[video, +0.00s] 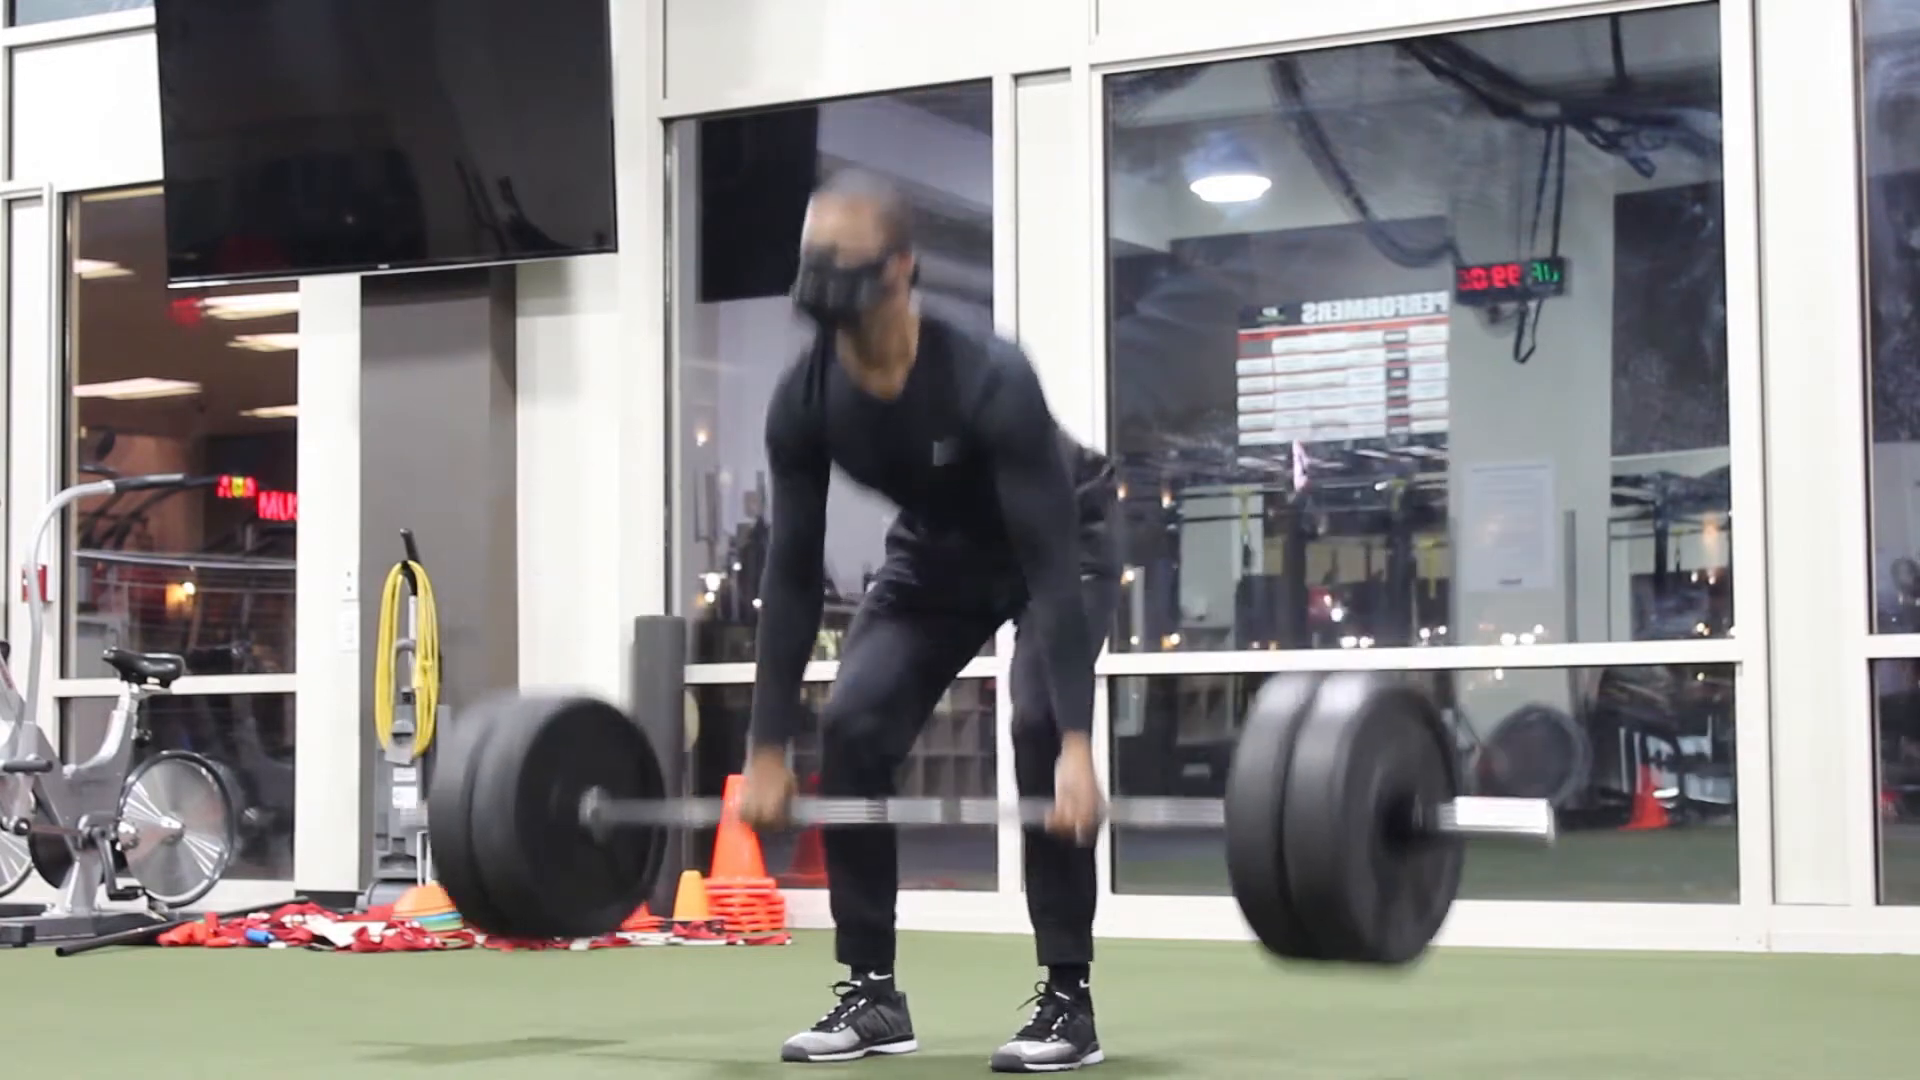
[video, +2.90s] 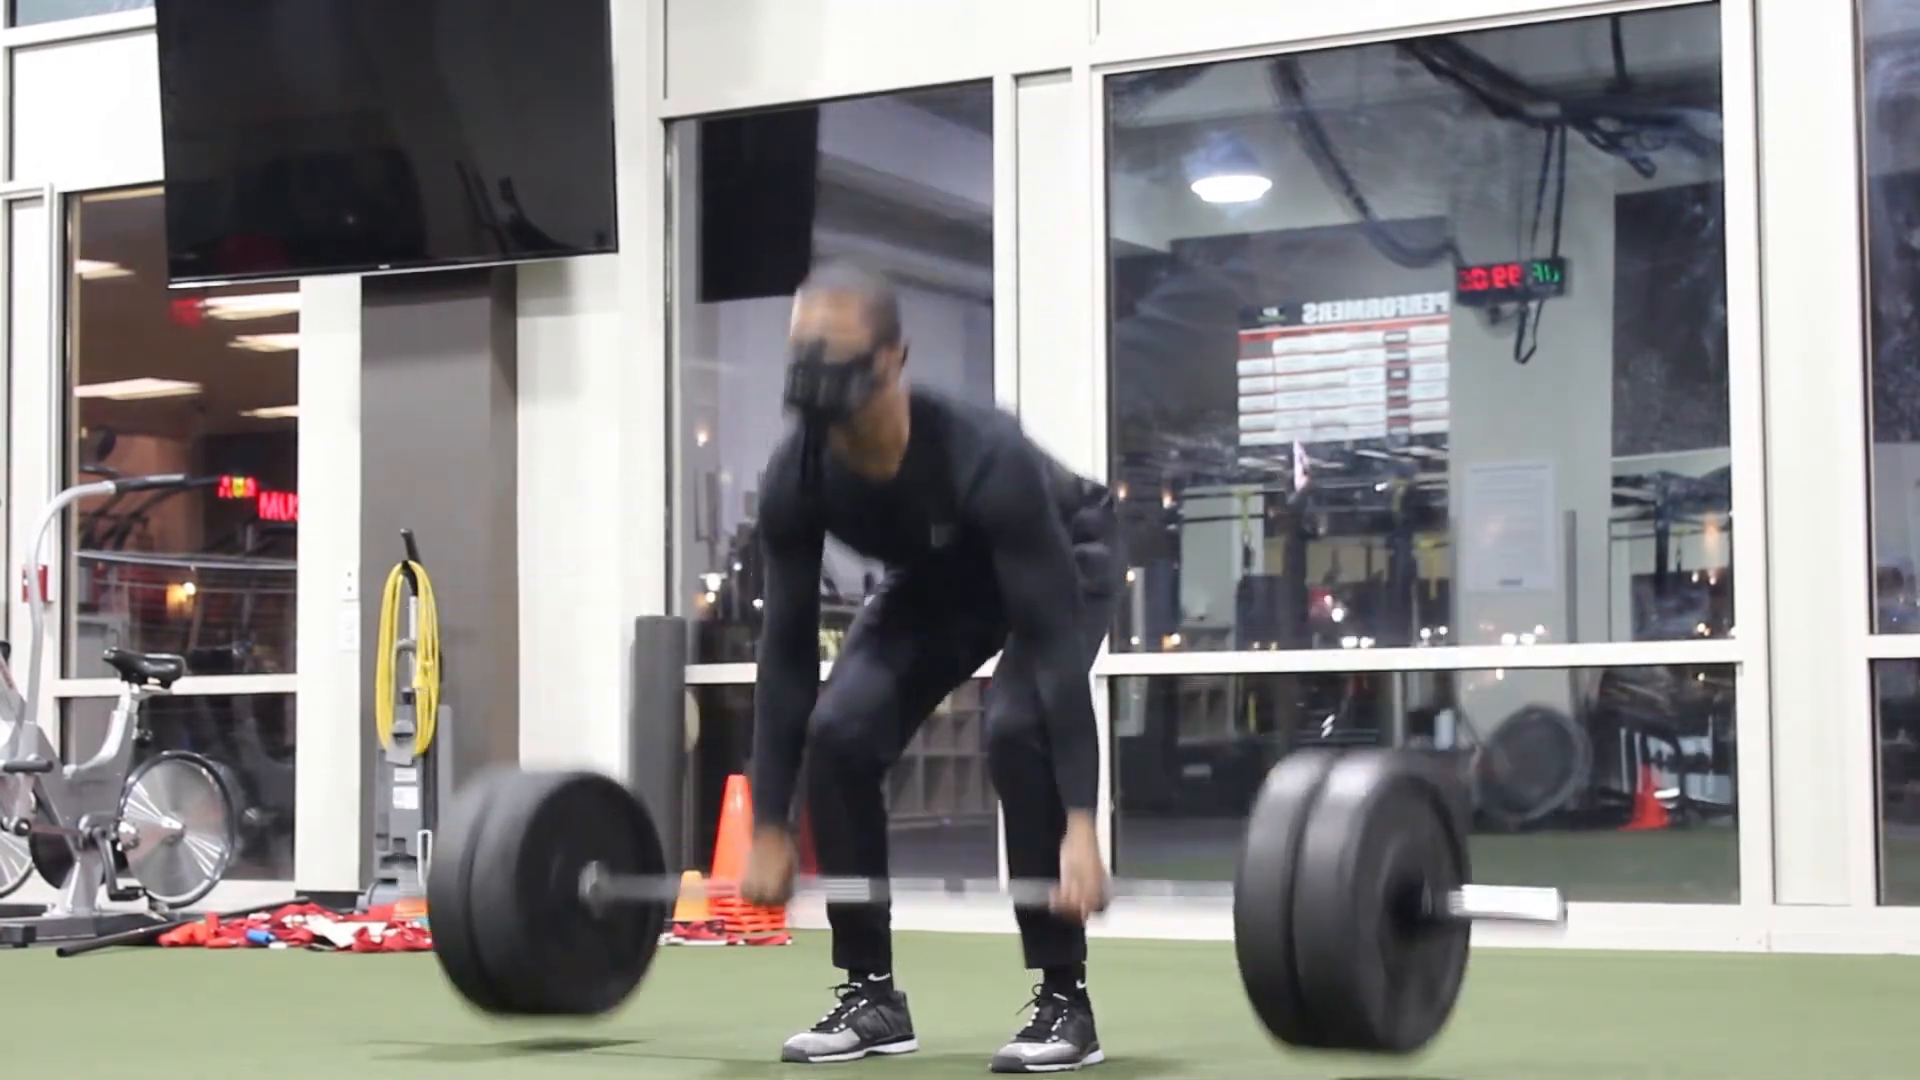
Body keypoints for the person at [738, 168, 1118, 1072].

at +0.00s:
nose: (817, 274)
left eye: (841, 259)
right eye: (810, 256)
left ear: (901, 271)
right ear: (799, 258)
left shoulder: (991, 377)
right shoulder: (804, 402)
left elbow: (1054, 567)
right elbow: (793, 578)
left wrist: (1075, 742)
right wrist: (766, 749)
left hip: (1051, 530)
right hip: (939, 544)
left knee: (1041, 729)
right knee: (852, 728)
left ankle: (1065, 1002)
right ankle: (872, 996)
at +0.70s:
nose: (813, 148)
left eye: (838, 130)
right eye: (806, 129)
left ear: (899, 138)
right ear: (799, 138)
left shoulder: (987, 258)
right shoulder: (796, 273)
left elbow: (1056, 424)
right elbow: (789, 443)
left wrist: (1078, 585)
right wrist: (775, 604)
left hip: (1026, 497)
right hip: (911, 499)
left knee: (1034, 719)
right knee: (878, 728)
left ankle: (1066, 995)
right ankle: (874, 991)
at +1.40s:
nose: (812, 299)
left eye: (836, 281)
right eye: (804, 280)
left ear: (897, 289)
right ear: (793, 282)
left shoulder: (986, 391)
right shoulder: (798, 415)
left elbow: (1051, 580)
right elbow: (786, 586)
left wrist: (1072, 761)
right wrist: (761, 759)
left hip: (1048, 535)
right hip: (933, 548)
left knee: (1029, 730)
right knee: (849, 725)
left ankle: (1064, 999)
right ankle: (871, 994)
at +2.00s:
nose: (806, 206)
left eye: (830, 190)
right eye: (799, 187)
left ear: (889, 197)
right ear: (788, 191)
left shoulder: (980, 308)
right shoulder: (789, 328)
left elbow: (1051, 479)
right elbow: (785, 497)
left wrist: (1082, 656)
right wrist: (775, 665)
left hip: (1034, 502)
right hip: (919, 509)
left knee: (1041, 733)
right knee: (868, 725)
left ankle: (1065, 998)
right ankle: (873, 992)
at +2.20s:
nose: (862, 49)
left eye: (885, 31)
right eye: (853, 34)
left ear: (934, 54)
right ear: (840, 59)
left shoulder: (1006, 189)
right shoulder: (815, 203)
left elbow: (1061, 365)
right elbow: (801, 379)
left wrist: (1086, 527)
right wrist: (779, 534)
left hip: (1014, 461)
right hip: (899, 463)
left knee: (1031, 729)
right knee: (882, 731)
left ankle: (1064, 998)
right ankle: (875, 992)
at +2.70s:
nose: (837, 205)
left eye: (861, 187)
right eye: (828, 186)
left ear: (919, 193)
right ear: (817, 193)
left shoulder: (1003, 316)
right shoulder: (814, 334)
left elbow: (1055, 501)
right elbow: (797, 507)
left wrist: (1075, 672)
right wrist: (766, 678)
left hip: (1053, 519)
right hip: (938, 525)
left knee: (1051, 738)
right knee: (868, 724)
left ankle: (1065, 997)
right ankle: (873, 992)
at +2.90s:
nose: (812, 376)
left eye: (835, 359)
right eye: (802, 357)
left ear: (892, 363)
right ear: (792, 358)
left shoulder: (984, 456)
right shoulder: (796, 479)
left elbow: (1055, 640)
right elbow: (786, 654)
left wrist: (1082, 820)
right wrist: (769, 825)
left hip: (1057, 555)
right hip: (942, 574)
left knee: (1015, 734)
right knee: (837, 738)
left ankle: (1062, 1002)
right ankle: (871, 999)